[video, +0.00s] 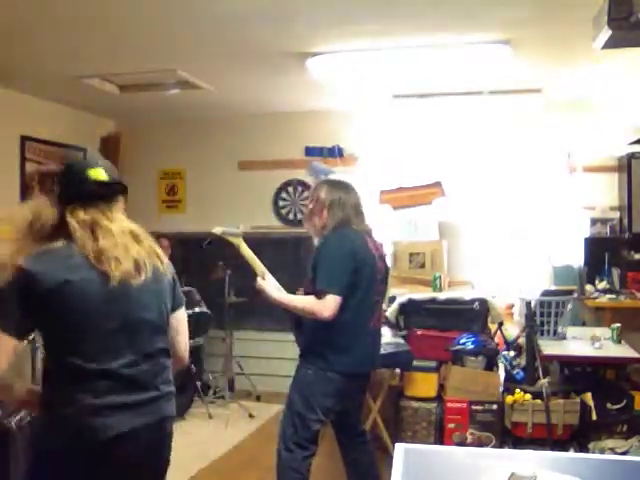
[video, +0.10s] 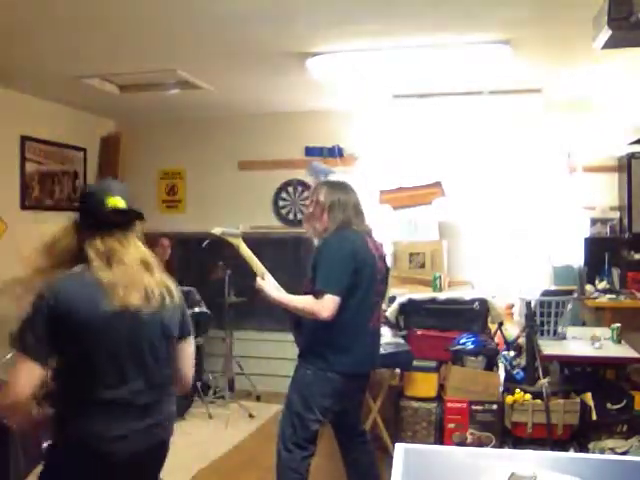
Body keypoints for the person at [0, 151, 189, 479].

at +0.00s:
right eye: (120, 201)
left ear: (65, 207)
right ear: (119, 205)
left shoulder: (41, 270)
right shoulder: (157, 262)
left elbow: (2, 370)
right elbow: (181, 351)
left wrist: (37, 398)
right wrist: (151, 382)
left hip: (73, 432)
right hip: (149, 430)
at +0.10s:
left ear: (80, 231)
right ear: (134, 229)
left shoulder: (61, 293)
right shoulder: (167, 292)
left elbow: (18, 394)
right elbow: (185, 379)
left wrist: (34, 419)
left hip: (84, 447)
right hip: (150, 444)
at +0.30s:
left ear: (108, 222)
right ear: (160, 225)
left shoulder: (71, 275)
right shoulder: (186, 287)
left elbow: (21, 364)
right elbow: (194, 378)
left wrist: (44, 418)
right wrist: (156, 390)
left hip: (79, 435)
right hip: (148, 438)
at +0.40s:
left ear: (121, 222)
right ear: (175, 230)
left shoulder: (76, 275)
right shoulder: (191, 295)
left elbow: (16, 342)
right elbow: (198, 392)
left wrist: (34, 412)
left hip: (74, 434)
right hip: (144, 442)